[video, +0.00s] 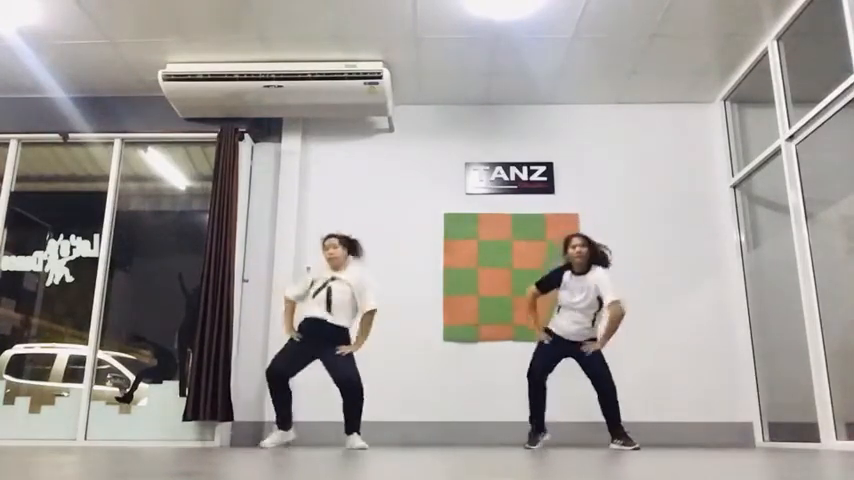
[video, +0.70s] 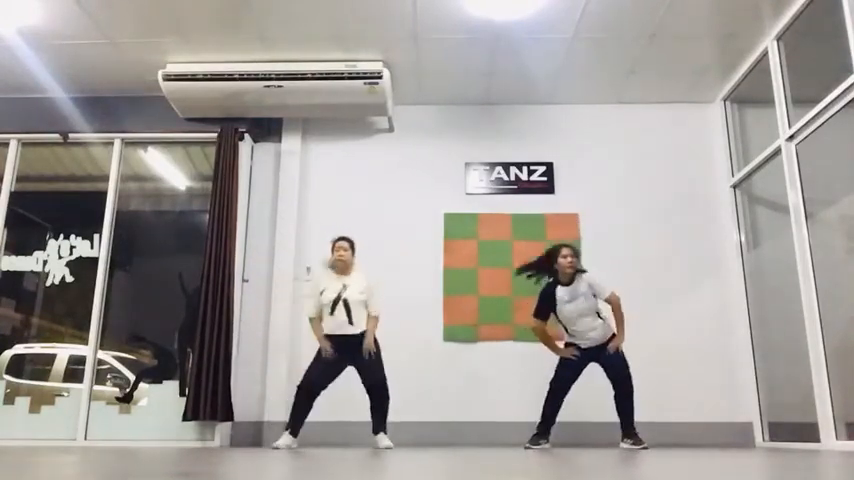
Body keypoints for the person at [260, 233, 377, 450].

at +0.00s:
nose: (330, 252)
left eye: (335, 247)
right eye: (326, 249)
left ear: (346, 251)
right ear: (323, 253)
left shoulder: (356, 277)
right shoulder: (315, 275)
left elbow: (369, 310)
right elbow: (290, 297)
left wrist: (357, 343)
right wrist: (290, 329)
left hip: (337, 340)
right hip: (307, 336)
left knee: (352, 387)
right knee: (275, 373)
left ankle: (352, 435)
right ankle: (284, 429)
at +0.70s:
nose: (340, 253)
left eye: (344, 250)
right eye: (336, 250)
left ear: (352, 255)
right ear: (331, 254)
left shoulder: (363, 279)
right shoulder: (320, 279)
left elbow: (374, 311)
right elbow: (313, 314)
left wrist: (370, 336)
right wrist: (322, 340)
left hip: (363, 342)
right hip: (333, 343)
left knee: (378, 387)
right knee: (308, 387)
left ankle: (380, 433)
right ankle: (291, 434)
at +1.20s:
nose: (346, 241)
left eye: (350, 236)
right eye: (342, 238)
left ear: (358, 240)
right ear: (337, 242)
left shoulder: (368, 265)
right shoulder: (331, 267)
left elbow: (384, 295)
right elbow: (319, 297)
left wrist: (366, 318)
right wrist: (326, 322)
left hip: (360, 320)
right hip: (333, 319)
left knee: (367, 373)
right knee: (306, 361)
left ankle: (374, 426)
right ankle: (278, 411)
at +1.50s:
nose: (343, 238)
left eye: (348, 234)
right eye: (340, 234)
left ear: (357, 238)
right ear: (335, 238)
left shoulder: (364, 264)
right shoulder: (326, 264)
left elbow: (377, 294)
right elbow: (314, 294)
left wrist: (363, 317)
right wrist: (322, 320)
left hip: (357, 319)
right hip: (330, 319)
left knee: (372, 370)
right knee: (308, 368)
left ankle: (381, 425)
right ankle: (297, 425)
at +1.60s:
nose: (341, 241)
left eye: (346, 239)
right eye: (337, 238)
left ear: (353, 245)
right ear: (332, 244)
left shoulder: (361, 271)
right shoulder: (319, 269)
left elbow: (370, 304)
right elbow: (305, 299)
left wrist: (355, 326)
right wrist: (315, 325)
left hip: (351, 325)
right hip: (323, 326)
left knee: (376, 362)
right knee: (311, 378)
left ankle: (402, 402)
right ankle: (311, 433)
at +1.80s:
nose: (346, 236)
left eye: (350, 232)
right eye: (342, 232)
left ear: (357, 238)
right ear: (335, 237)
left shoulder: (365, 263)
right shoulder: (323, 261)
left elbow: (375, 295)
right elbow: (311, 290)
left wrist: (361, 316)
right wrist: (318, 316)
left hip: (355, 317)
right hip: (326, 316)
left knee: (375, 364)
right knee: (305, 368)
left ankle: (387, 416)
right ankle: (299, 424)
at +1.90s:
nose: (347, 240)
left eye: (351, 236)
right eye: (343, 236)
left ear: (359, 242)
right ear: (337, 242)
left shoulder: (368, 267)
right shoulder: (327, 268)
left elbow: (382, 297)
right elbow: (317, 298)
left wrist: (366, 321)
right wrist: (326, 321)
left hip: (361, 324)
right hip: (333, 322)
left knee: (367, 378)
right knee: (302, 364)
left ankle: (370, 431)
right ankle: (269, 413)